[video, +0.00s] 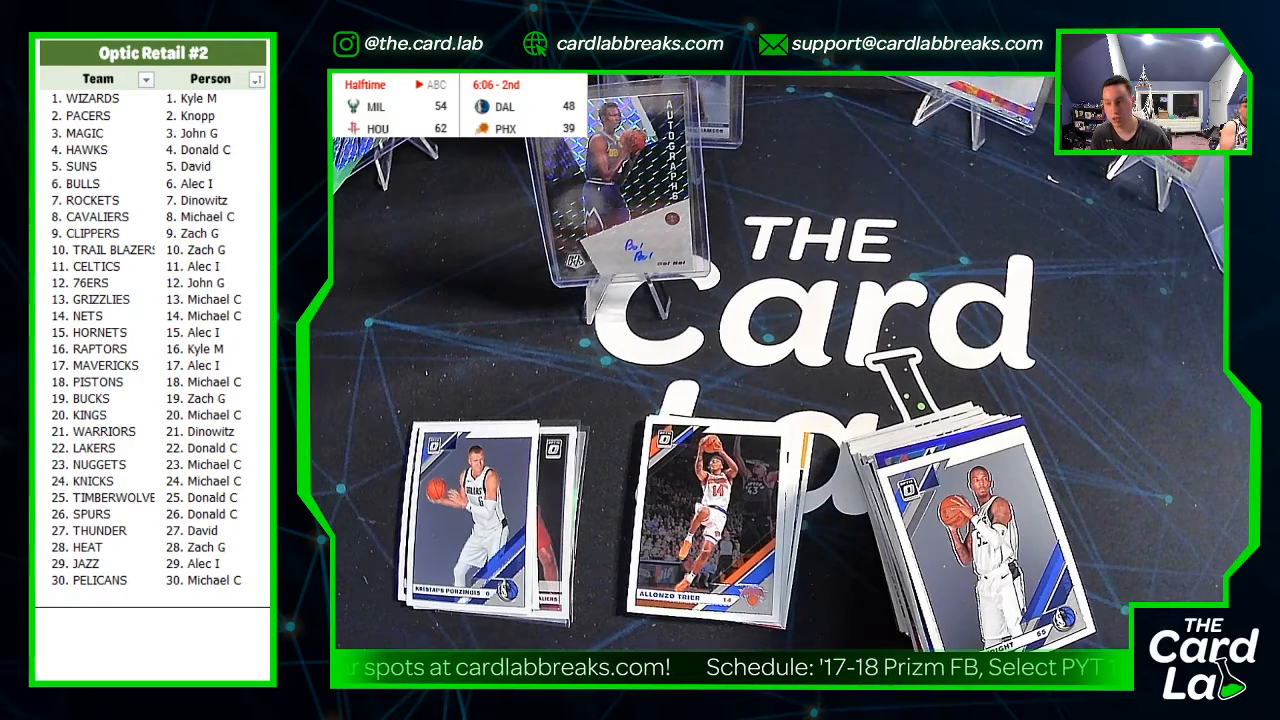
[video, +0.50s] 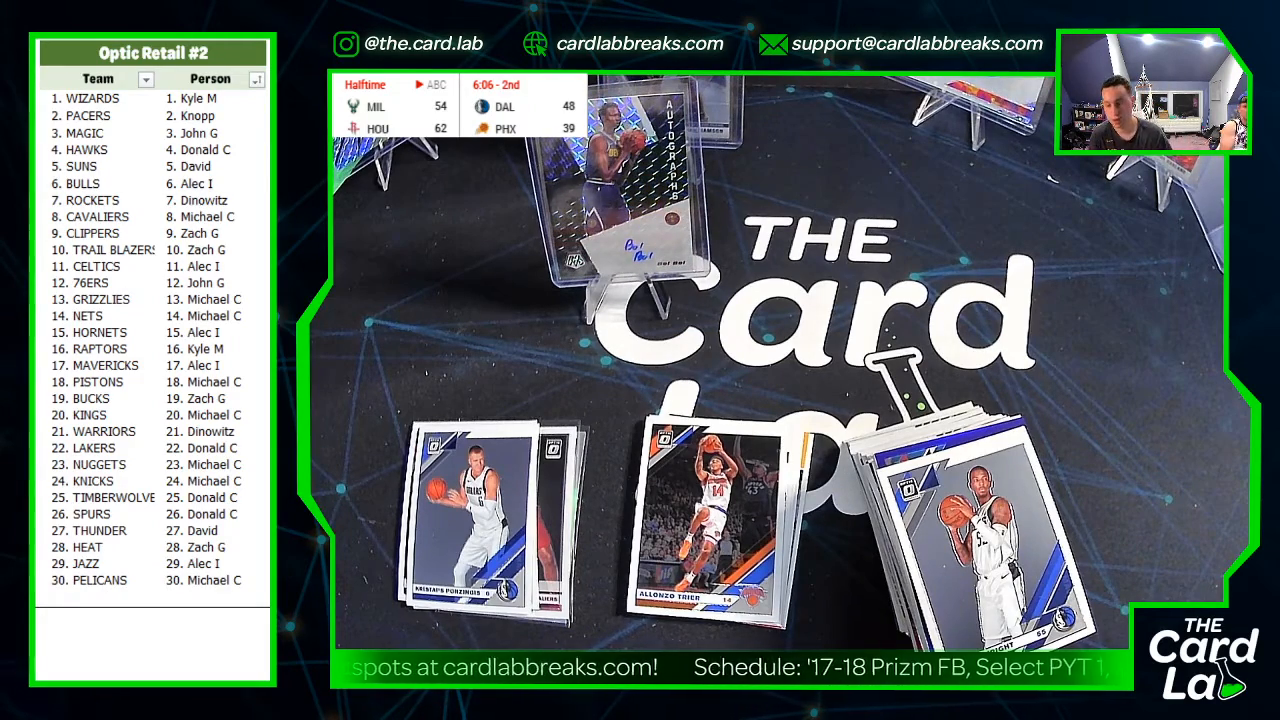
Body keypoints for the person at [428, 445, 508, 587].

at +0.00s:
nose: (480, 463)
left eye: (482, 460)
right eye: (475, 460)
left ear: (484, 459)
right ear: (469, 461)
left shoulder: (491, 477)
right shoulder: (464, 476)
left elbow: (488, 512)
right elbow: (463, 503)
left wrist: (465, 504)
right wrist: (439, 500)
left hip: (497, 531)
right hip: (478, 531)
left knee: (494, 572)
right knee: (459, 571)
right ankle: (460, 606)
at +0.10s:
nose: (480, 463)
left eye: (482, 460)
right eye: (475, 460)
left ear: (484, 459)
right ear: (469, 461)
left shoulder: (491, 477)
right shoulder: (464, 476)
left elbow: (488, 512)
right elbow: (463, 503)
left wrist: (465, 504)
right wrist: (439, 500)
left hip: (497, 531)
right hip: (478, 531)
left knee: (494, 572)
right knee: (459, 571)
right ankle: (460, 606)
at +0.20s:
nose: (480, 463)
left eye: (482, 460)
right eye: (475, 460)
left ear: (484, 459)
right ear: (469, 461)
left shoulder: (491, 477)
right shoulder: (464, 476)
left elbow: (488, 512)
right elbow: (463, 503)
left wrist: (465, 504)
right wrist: (439, 500)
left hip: (496, 531)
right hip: (478, 531)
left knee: (494, 572)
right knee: (459, 571)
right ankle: (460, 606)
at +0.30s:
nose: (480, 463)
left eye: (482, 460)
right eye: (475, 460)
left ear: (484, 459)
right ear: (469, 461)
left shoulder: (491, 477)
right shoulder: (464, 476)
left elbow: (488, 512)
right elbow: (463, 503)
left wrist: (465, 504)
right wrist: (439, 500)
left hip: (496, 531)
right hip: (478, 531)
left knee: (494, 572)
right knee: (459, 571)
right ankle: (460, 606)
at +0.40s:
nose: (480, 463)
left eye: (482, 460)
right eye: (475, 460)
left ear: (484, 459)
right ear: (469, 461)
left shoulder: (491, 477)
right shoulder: (464, 476)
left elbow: (488, 512)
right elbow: (463, 503)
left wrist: (465, 504)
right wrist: (439, 500)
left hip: (496, 531)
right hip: (478, 531)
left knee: (494, 572)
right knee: (459, 571)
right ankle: (460, 606)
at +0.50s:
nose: (480, 463)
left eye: (482, 460)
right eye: (475, 460)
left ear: (484, 459)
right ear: (469, 461)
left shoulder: (491, 477)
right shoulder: (464, 476)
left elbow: (488, 512)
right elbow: (463, 503)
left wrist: (465, 504)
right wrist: (439, 500)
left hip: (496, 531)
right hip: (478, 531)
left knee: (494, 572)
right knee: (459, 571)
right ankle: (460, 606)